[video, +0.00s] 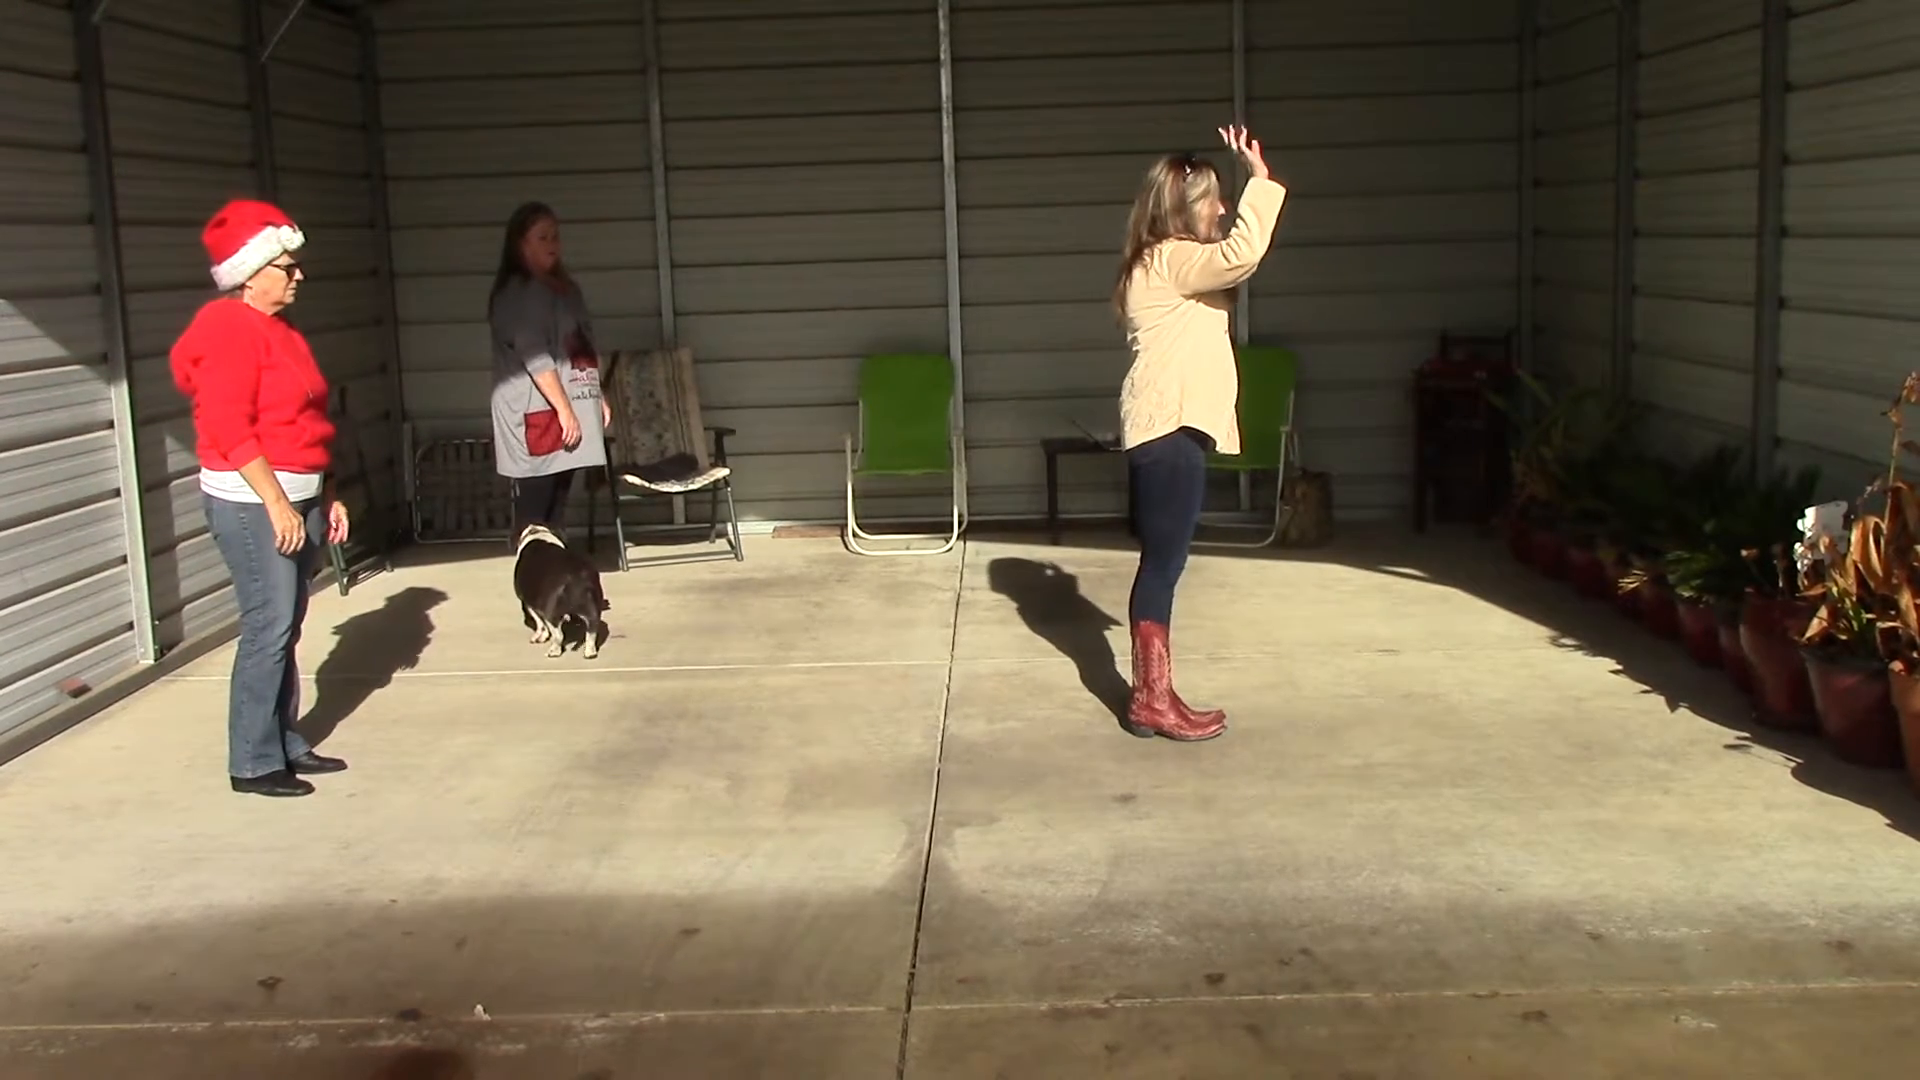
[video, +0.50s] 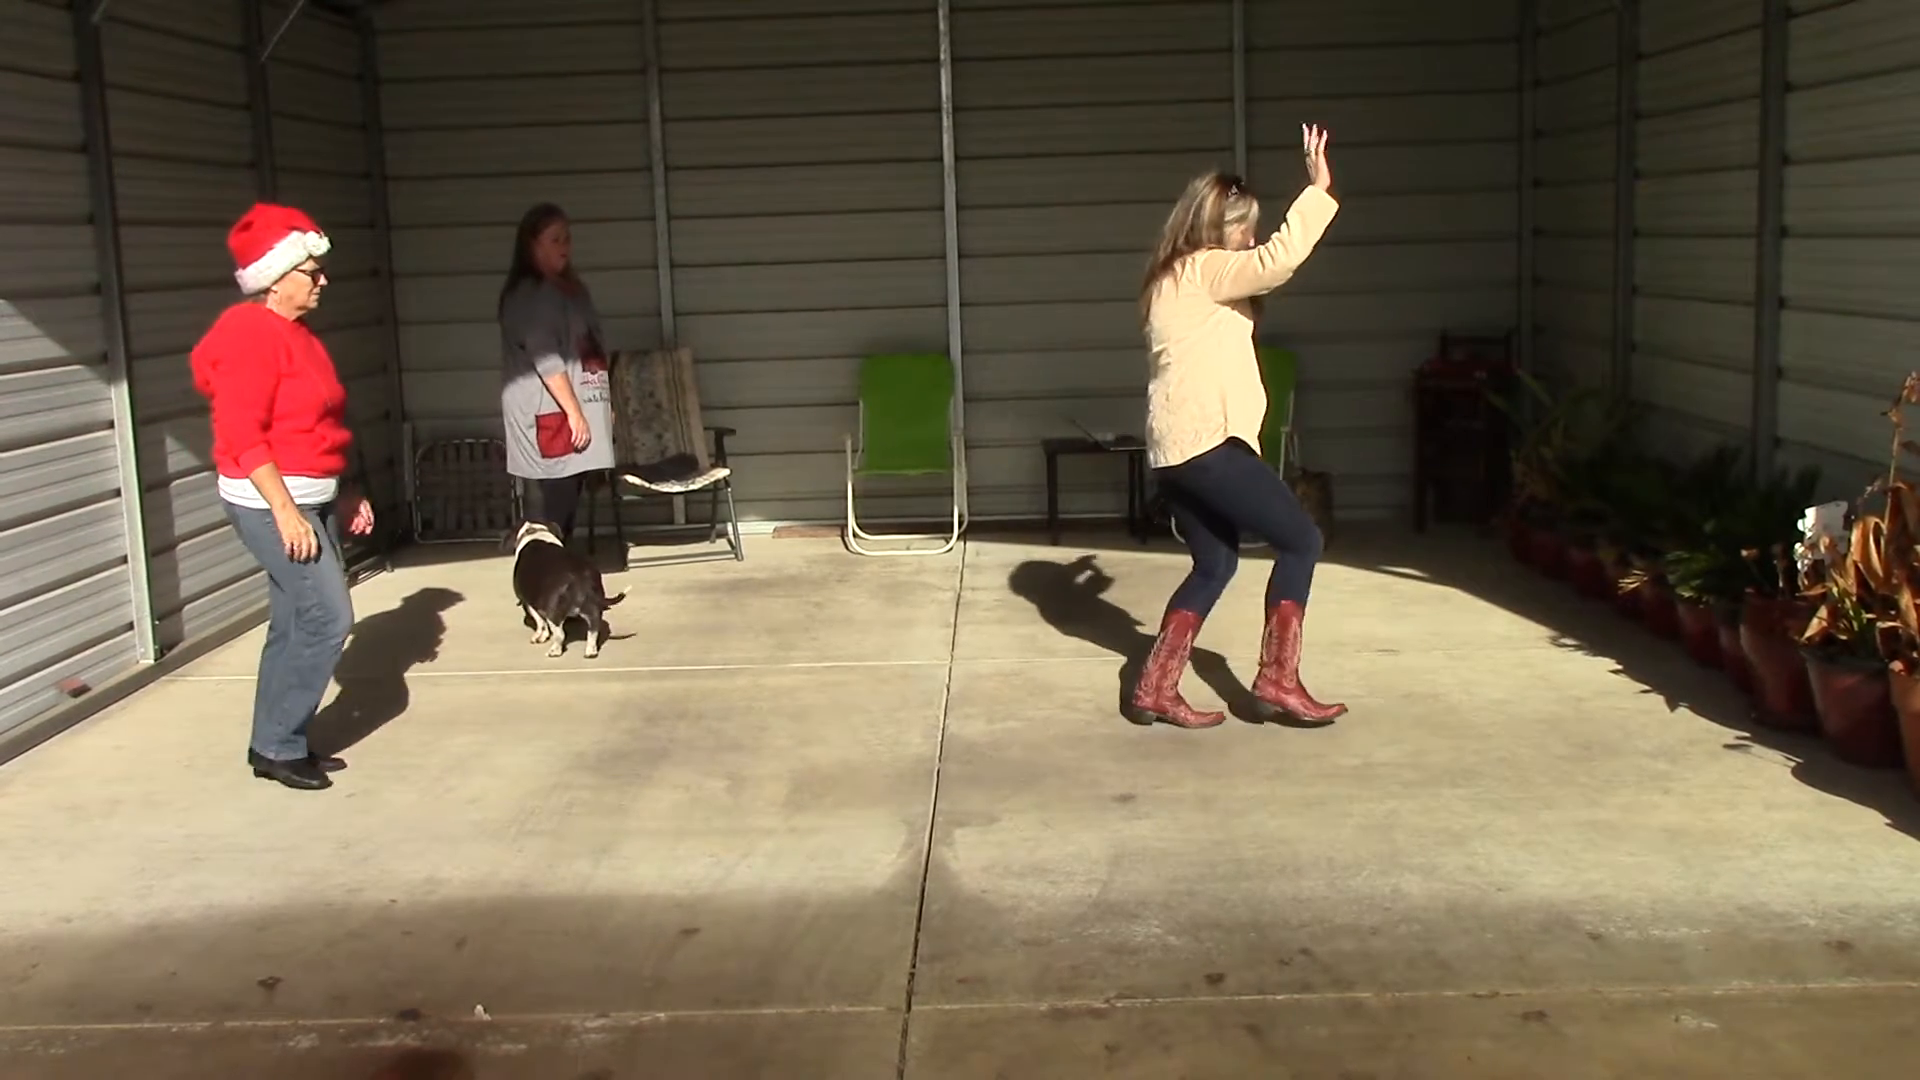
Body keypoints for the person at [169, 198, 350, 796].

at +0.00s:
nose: (298, 277)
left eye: (297, 267)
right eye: (287, 268)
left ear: (260, 274)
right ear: (250, 274)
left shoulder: (274, 329)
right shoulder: (227, 329)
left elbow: (296, 421)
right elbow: (228, 430)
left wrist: (324, 494)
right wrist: (276, 502)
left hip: (291, 496)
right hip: (248, 499)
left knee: (284, 626)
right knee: (268, 626)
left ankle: (282, 743)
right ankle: (252, 762)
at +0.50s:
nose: (322, 283)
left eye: (321, 273)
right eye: (312, 273)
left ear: (282, 279)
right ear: (275, 278)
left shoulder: (295, 334)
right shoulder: (247, 334)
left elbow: (310, 425)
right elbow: (240, 434)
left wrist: (342, 494)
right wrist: (284, 509)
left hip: (308, 499)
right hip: (269, 501)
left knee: (294, 624)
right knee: (326, 617)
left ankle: (279, 742)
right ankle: (276, 745)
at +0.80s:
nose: (362, 282)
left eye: (360, 272)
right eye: (351, 273)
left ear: (327, 281)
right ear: (316, 280)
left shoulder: (341, 336)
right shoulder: (288, 333)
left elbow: (368, 423)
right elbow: (275, 429)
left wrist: (415, 470)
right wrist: (306, 511)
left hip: (347, 499)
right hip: (317, 502)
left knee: (323, 628)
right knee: (392, 614)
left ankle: (278, 744)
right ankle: (417, 752)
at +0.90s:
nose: (378, 285)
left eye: (377, 275)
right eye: (367, 276)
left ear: (347, 284)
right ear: (331, 284)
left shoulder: (353, 340)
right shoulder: (307, 339)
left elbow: (376, 429)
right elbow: (297, 435)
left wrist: (420, 480)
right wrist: (329, 517)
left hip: (368, 501)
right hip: (340, 505)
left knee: (365, 627)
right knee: (408, 615)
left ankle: (290, 732)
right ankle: (424, 755)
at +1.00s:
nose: (392, 286)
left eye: (390, 276)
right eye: (381, 278)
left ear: (359, 287)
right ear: (346, 288)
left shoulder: (366, 341)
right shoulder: (324, 342)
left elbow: (384, 432)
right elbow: (317, 440)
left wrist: (424, 495)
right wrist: (357, 514)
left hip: (388, 501)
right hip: (352, 507)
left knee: (409, 619)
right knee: (419, 618)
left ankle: (314, 713)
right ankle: (426, 755)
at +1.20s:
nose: (398, 287)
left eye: (395, 277)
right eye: (387, 278)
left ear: (362, 285)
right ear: (350, 286)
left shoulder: (368, 338)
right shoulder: (328, 338)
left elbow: (387, 428)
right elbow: (329, 437)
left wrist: (419, 500)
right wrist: (380, 508)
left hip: (387, 500)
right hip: (346, 505)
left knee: (430, 611)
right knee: (421, 615)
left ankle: (342, 710)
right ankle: (428, 756)